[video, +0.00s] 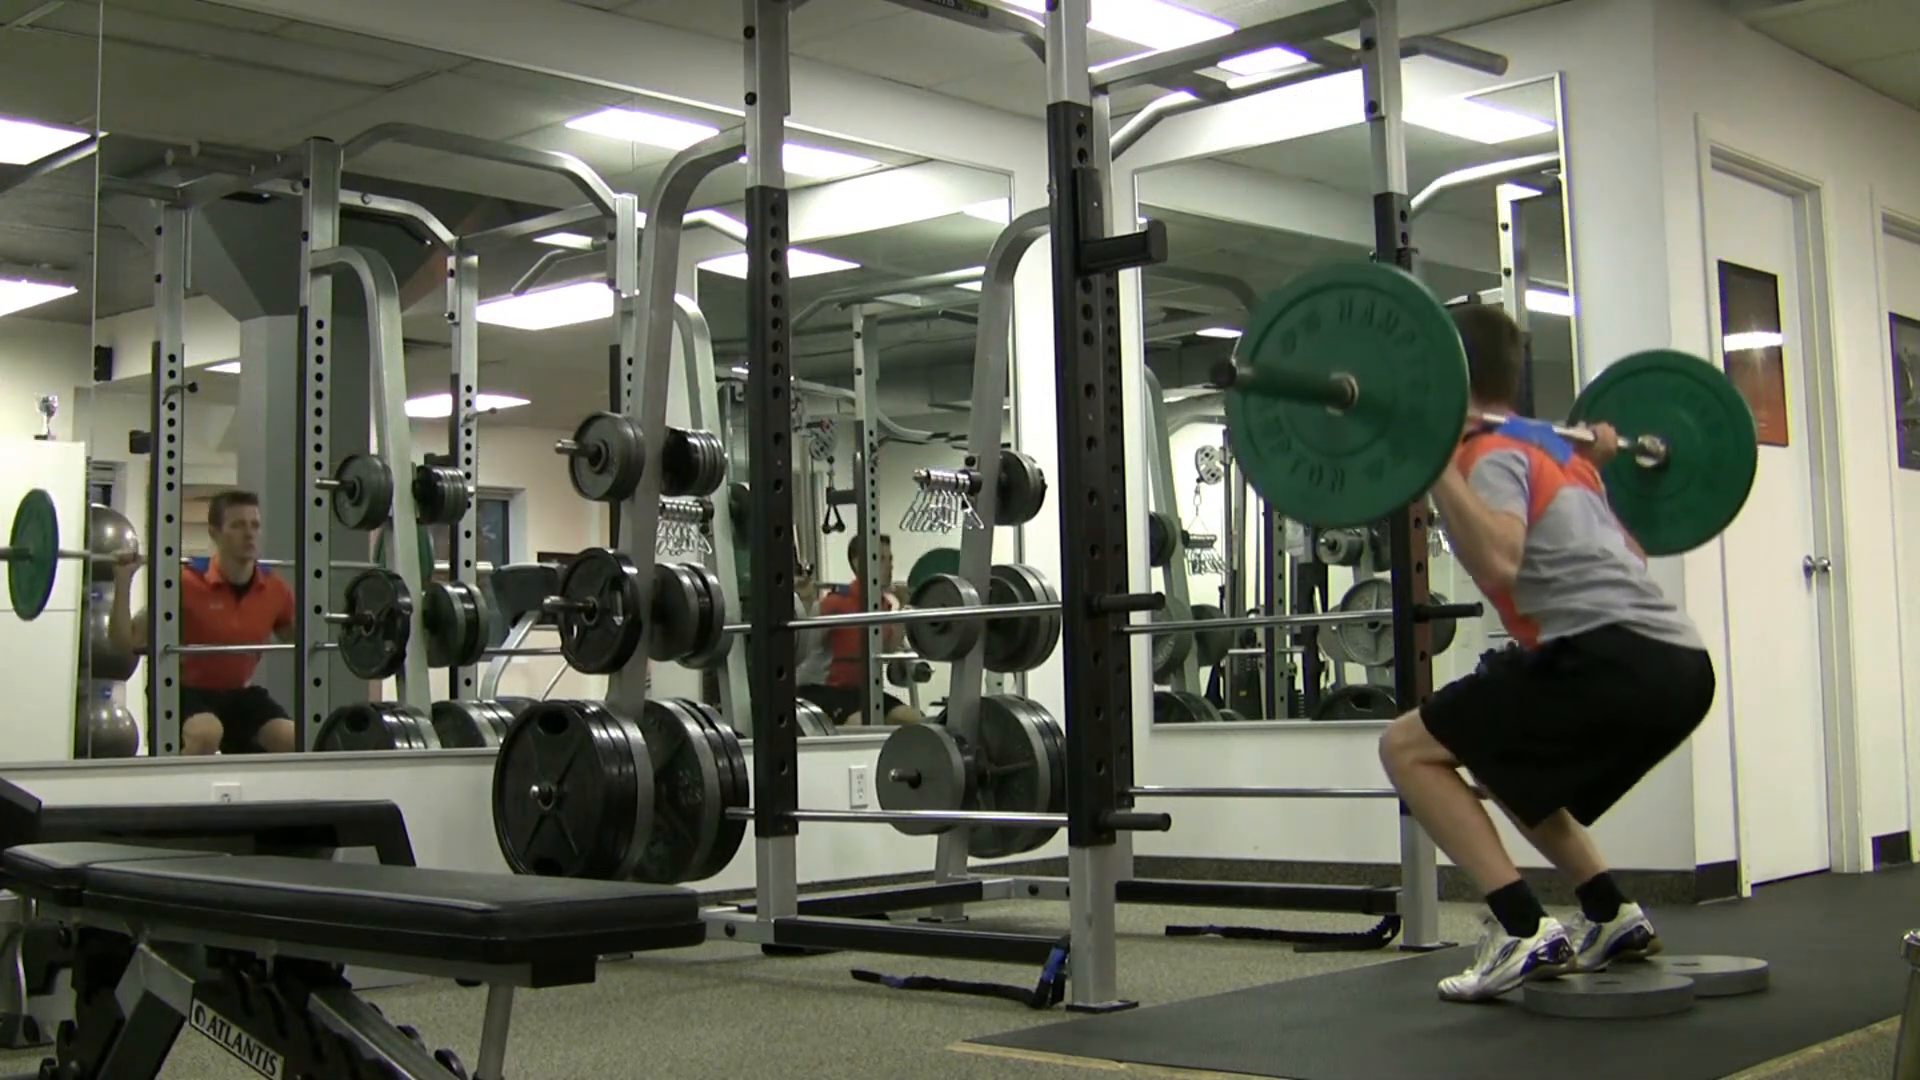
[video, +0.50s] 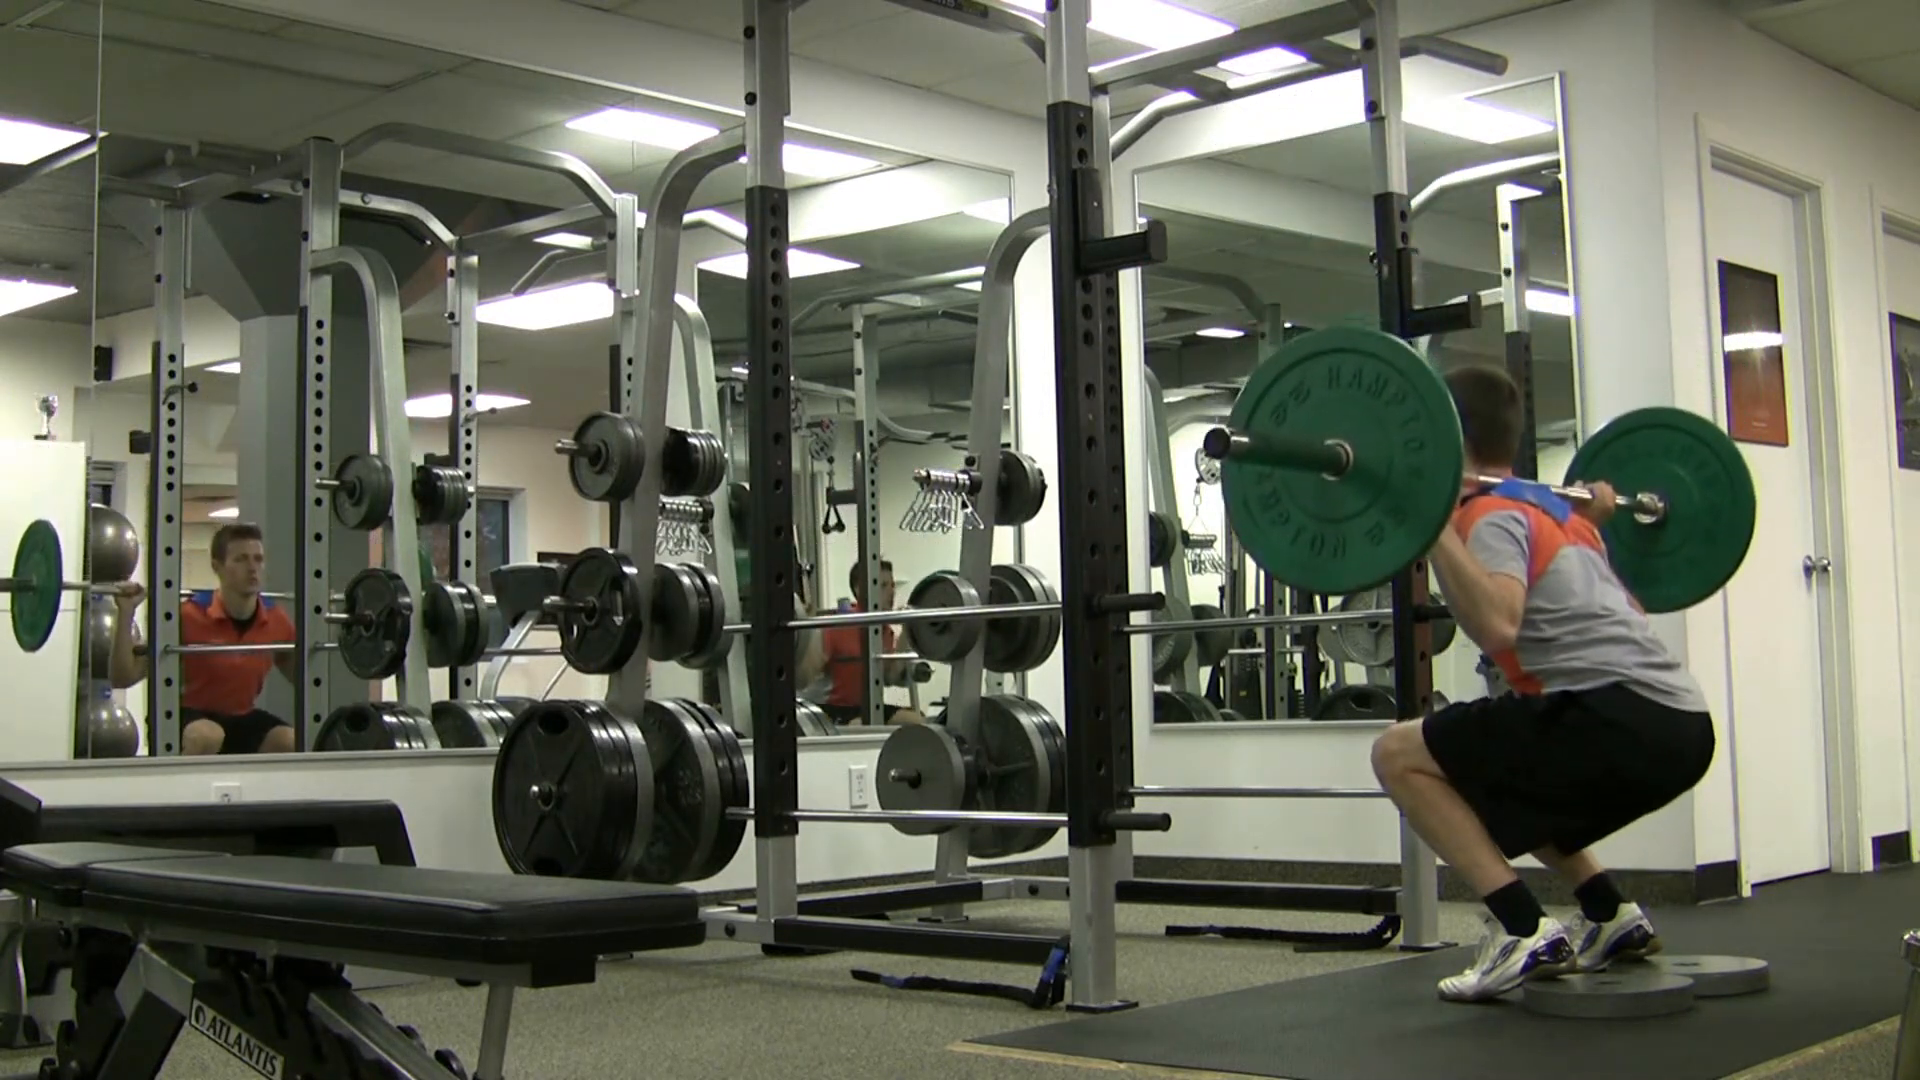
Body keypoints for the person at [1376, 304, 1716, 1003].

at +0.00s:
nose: (1424, 385)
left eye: (1429, 370)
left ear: (1443, 379)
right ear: (1514, 380)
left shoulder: (1493, 450)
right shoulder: (1562, 449)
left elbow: (1498, 563)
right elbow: (1622, 545)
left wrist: (1433, 460)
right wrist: (1596, 458)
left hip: (1603, 660)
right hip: (1680, 669)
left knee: (1406, 747)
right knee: (1509, 775)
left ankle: (1523, 929)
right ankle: (1612, 913)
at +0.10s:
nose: (1425, 402)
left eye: (1430, 387)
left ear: (1443, 396)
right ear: (1514, 396)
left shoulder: (1494, 468)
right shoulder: (1560, 465)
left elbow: (1498, 582)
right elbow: (1623, 563)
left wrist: (1436, 480)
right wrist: (1593, 477)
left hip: (1609, 676)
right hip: (1681, 684)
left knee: (1406, 748)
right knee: (1508, 773)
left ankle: (1523, 929)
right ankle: (1612, 914)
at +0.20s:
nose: (1421, 411)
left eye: (1426, 396)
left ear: (1440, 408)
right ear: (1514, 408)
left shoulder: (1493, 484)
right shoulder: (1554, 476)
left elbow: (1498, 594)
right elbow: (1627, 577)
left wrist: (1432, 491)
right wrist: (1590, 486)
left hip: (1615, 688)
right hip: (1681, 697)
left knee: (1404, 750)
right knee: (1507, 777)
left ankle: (1523, 929)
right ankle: (1611, 913)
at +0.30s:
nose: (1424, 424)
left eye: (1429, 410)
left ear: (1441, 421)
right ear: (1513, 423)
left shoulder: (1492, 497)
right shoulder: (1556, 489)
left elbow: (1498, 610)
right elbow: (1625, 586)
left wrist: (1431, 503)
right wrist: (1590, 499)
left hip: (1617, 701)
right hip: (1681, 710)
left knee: (1402, 751)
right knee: (1503, 774)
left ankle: (1523, 930)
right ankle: (1610, 913)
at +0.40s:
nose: (1428, 433)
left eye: (1432, 419)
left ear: (1443, 430)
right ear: (1515, 433)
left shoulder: (1491, 508)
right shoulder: (1559, 501)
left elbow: (1497, 619)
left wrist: (1430, 514)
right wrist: (1592, 508)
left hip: (1615, 709)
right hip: (1681, 721)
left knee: (1400, 753)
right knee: (1500, 776)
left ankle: (1524, 929)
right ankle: (1610, 912)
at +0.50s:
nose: (1428, 440)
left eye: (1432, 427)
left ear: (1442, 438)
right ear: (1515, 441)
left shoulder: (1490, 515)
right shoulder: (1559, 508)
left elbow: (1498, 625)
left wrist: (1430, 523)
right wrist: (1592, 512)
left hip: (1616, 717)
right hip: (1681, 729)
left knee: (1399, 753)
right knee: (1495, 769)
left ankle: (1524, 930)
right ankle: (1609, 911)